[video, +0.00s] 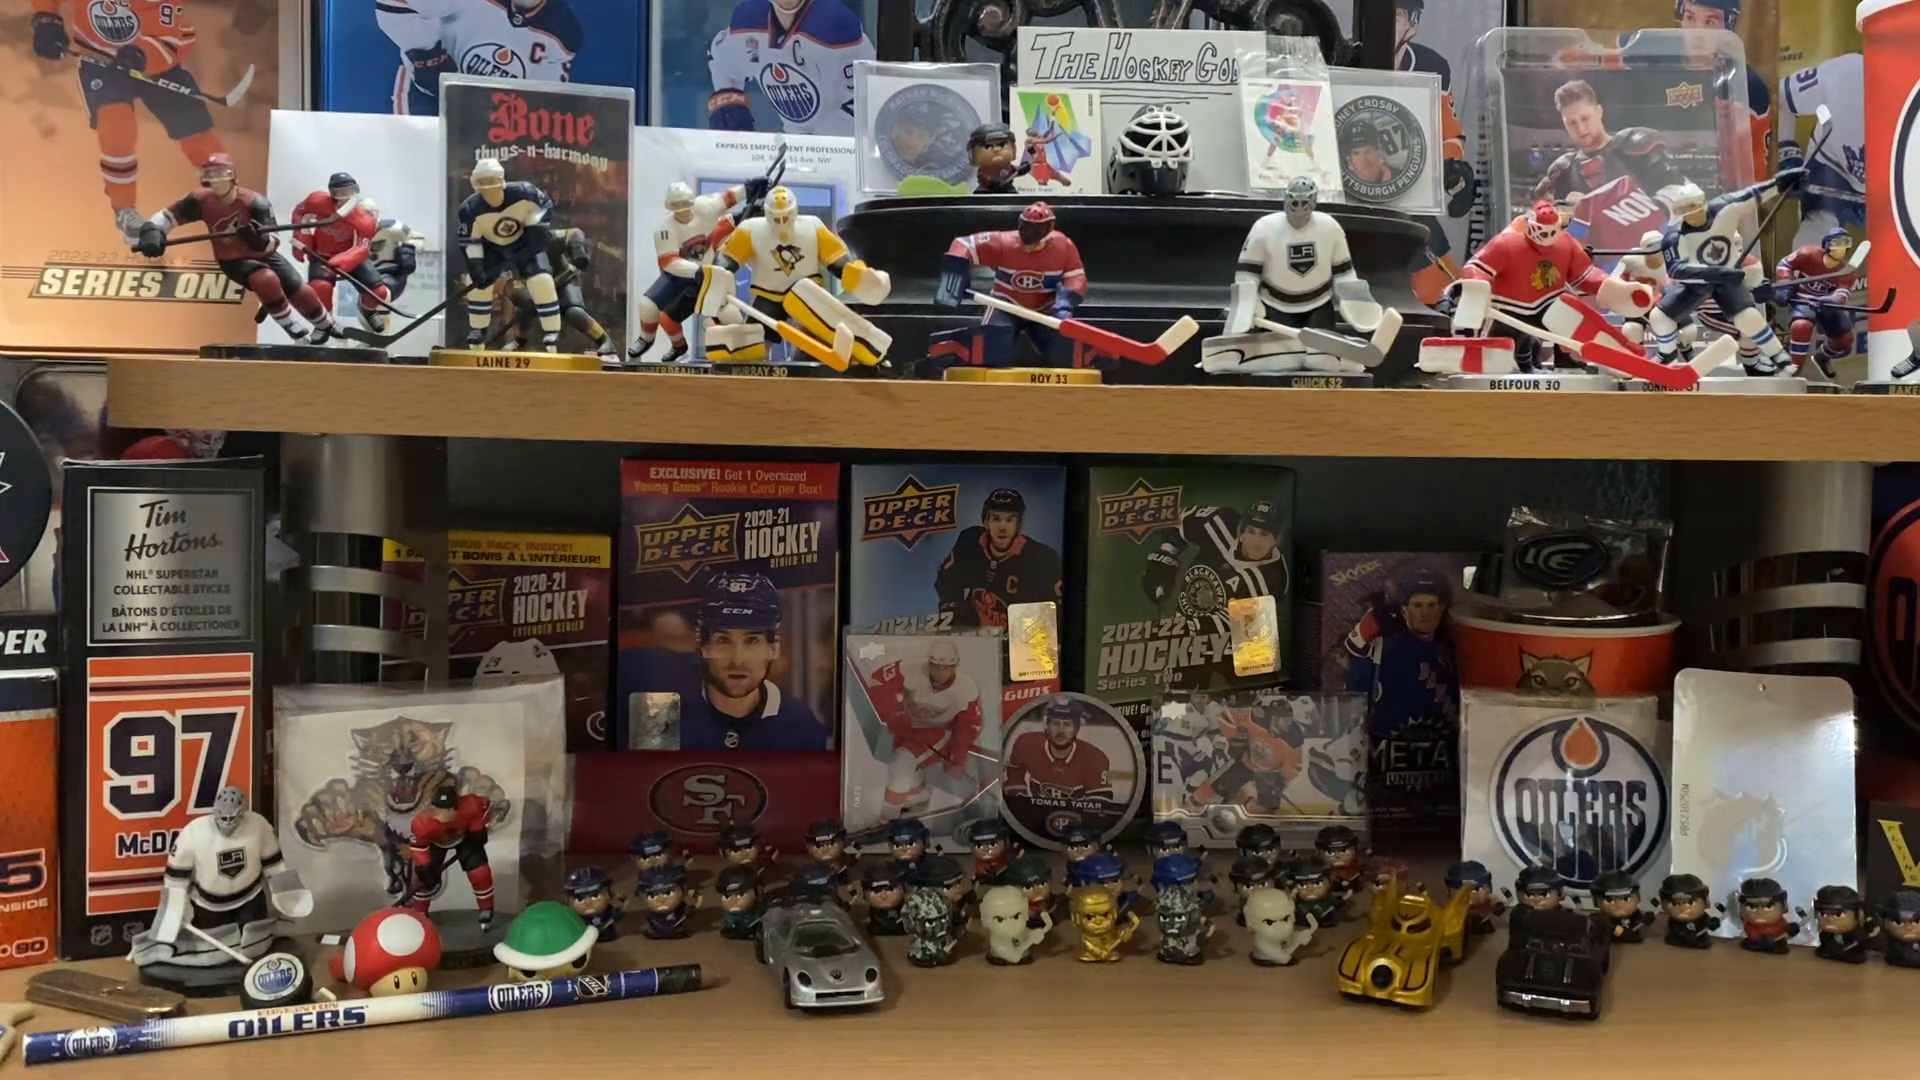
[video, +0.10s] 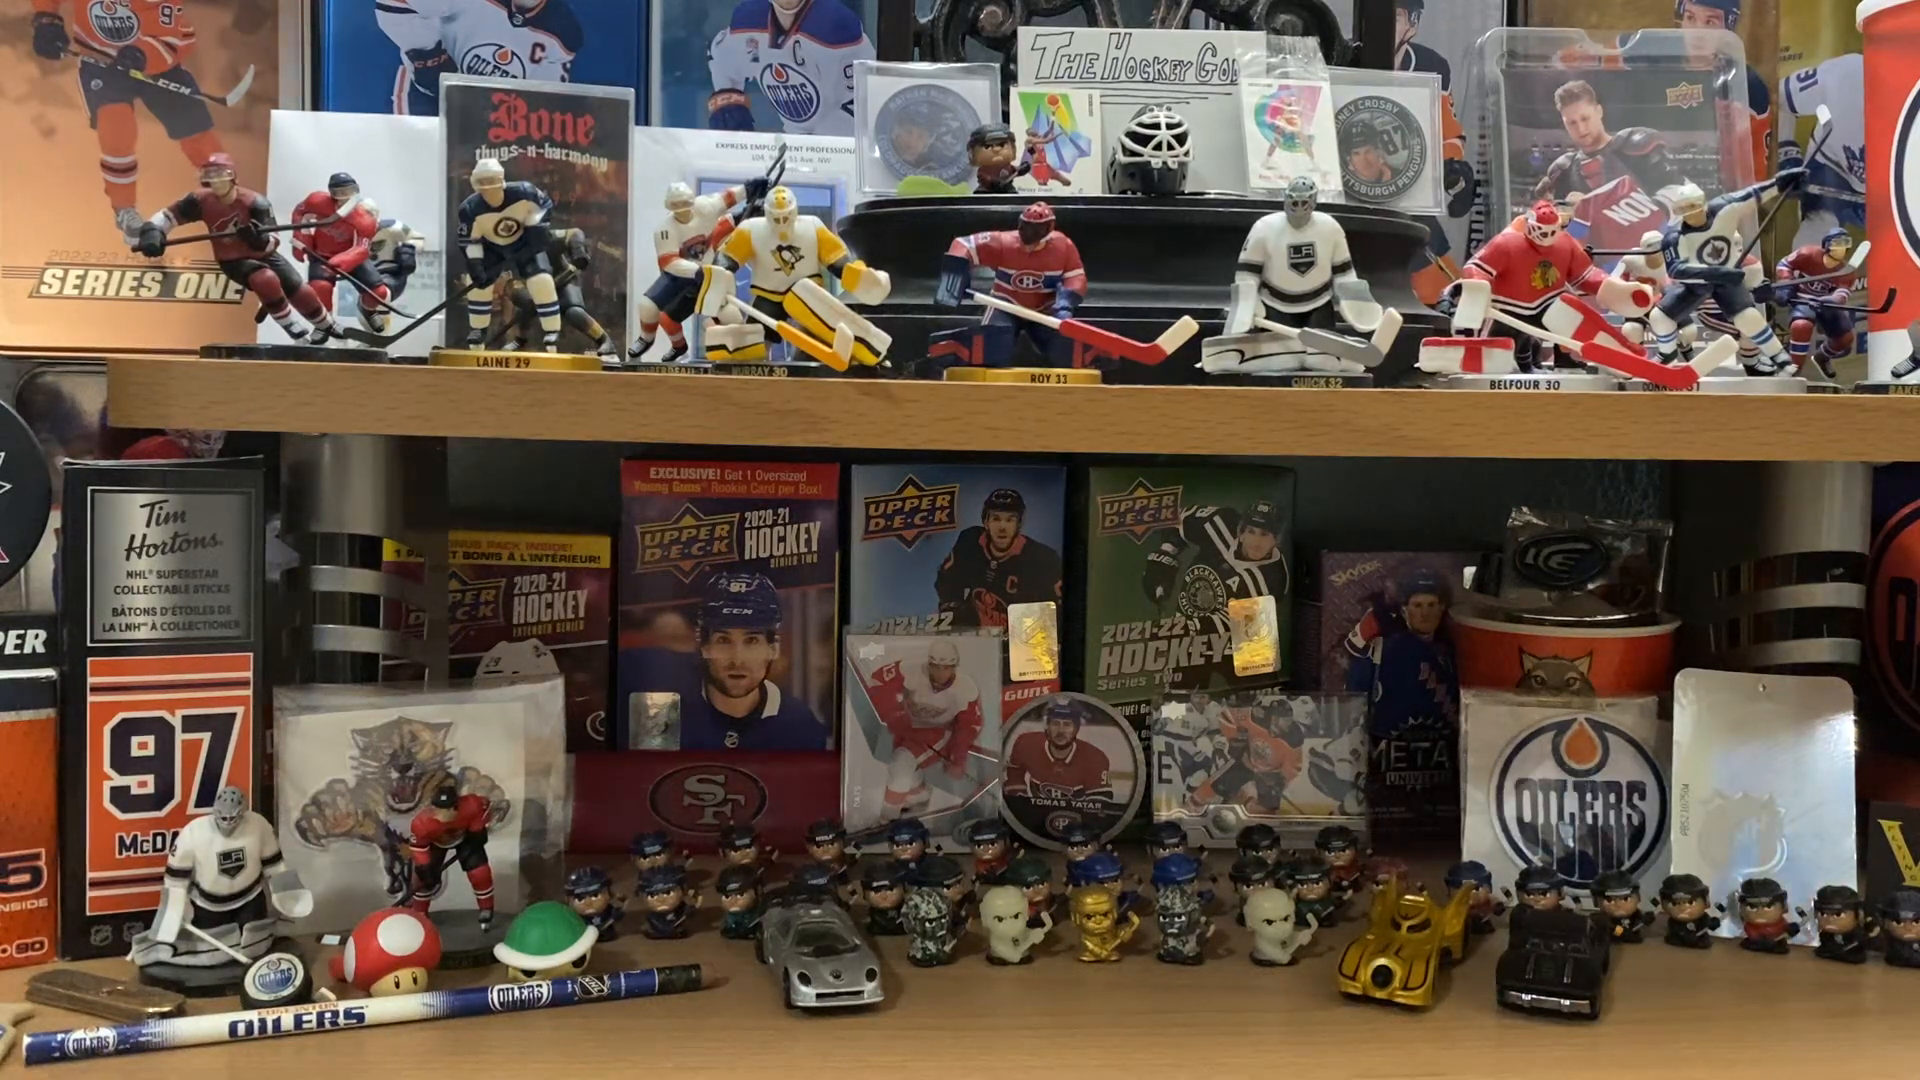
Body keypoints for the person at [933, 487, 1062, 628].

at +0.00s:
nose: (1002, 527)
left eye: (1009, 520)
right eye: (996, 519)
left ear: (1019, 523)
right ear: (986, 522)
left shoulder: (1043, 559)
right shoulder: (969, 541)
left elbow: (1051, 604)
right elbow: (946, 577)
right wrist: (950, 608)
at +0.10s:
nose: (1002, 527)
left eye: (1009, 520)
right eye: (996, 519)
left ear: (1019, 523)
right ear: (986, 522)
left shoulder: (1043, 559)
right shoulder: (969, 541)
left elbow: (1051, 604)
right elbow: (946, 577)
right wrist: (951, 608)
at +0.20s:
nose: (1002, 527)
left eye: (1009, 520)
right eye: (996, 519)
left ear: (1019, 523)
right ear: (986, 522)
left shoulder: (1043, 559)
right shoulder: (969, 541)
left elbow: (1051, 604)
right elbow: (946, 577)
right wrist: (951, 608)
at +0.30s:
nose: (1002, 527)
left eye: (1009, 520)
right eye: (996, 519)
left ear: (1019, 523)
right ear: (986, 522)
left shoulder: (1043, 559)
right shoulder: (969, 541)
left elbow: (1051, 604)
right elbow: (946, 578)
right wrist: (951, 608)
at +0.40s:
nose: (1002, 527)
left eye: (1009, 520)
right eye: (996, 519)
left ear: (1019, 523)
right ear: (986, 522)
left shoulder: (1042, 558)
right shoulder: (969, 541)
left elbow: (1051, 604)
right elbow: (946, 577)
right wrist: (951, 608)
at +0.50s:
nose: (1003, 527)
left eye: (1010, 520)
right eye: (996, 519)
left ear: (1019, 524)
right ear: (985, 522)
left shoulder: (1042, 558)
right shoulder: (969, 541)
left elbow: (1051, 604)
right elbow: (946, 576)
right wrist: (950, 607)